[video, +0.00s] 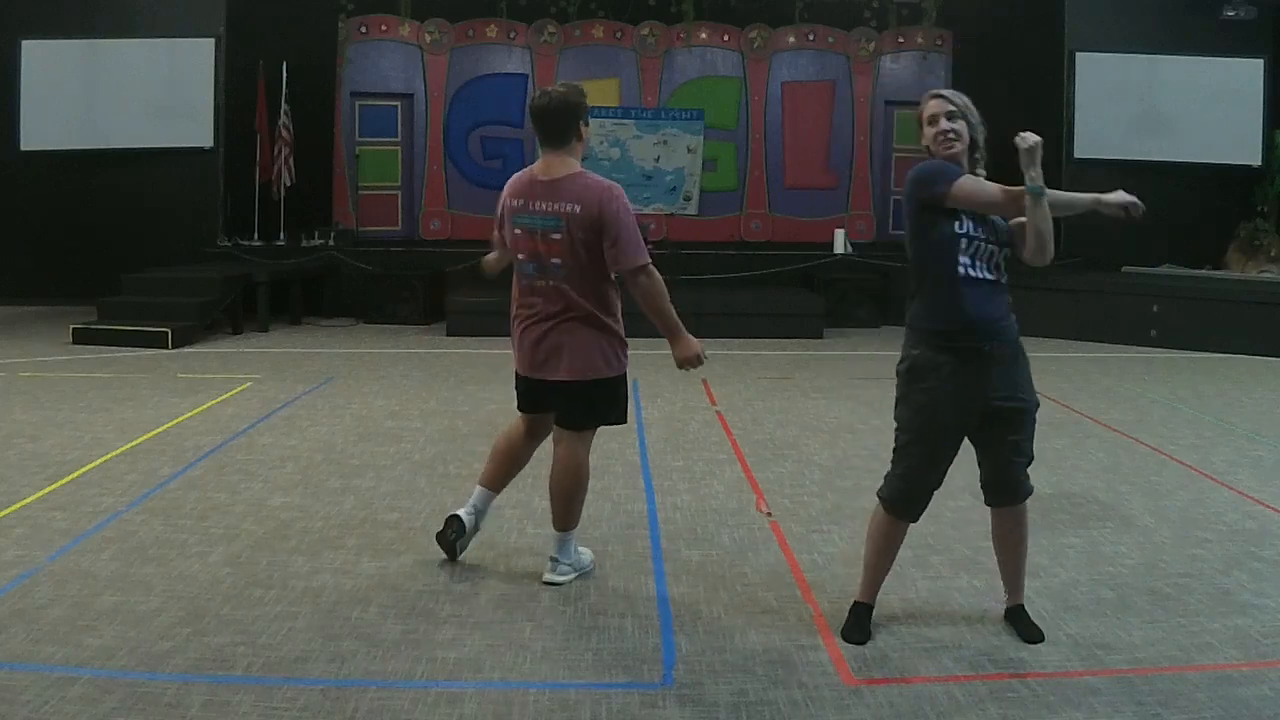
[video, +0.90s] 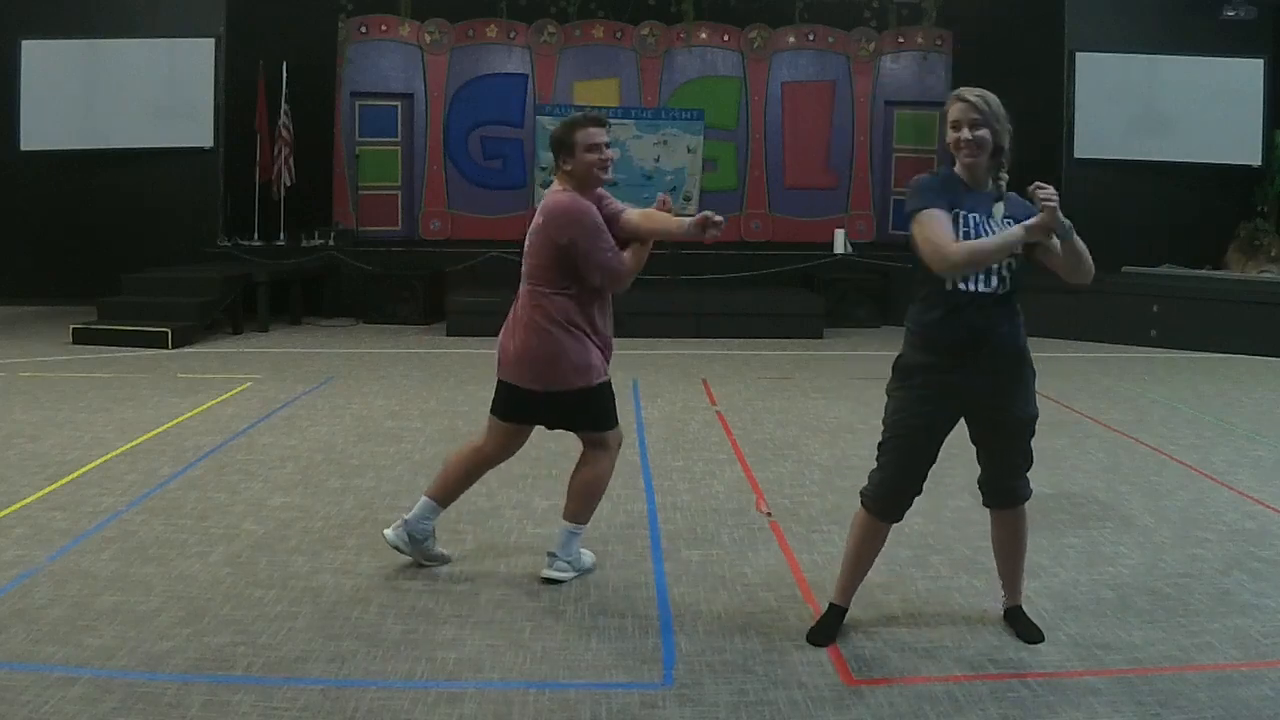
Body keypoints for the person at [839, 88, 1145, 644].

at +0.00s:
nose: (942, 127)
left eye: (951, 118)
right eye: (931, 122)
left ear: (972, 132)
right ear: (923, 137)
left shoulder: (995, 202)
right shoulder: (925, 179)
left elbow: (1039, 253)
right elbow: (1011, 201)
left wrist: (1034, 175)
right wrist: (1099, 200)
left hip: (1001, 360)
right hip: (936, 361)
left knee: (1010, 487)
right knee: (906, 490)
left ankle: (1015, 603)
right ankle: (864, 601)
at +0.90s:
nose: (967, 135)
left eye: (978, 125)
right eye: (957, 127)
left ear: (999, 134)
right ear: (946, 138)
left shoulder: (1018, 207)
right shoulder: (928, 191)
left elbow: (1080, 274)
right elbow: (946, 258)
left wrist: (1059, 225)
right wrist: (1025, 235)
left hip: (1001, 369)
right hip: (929, 366)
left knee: (1008, 490)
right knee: (889, 490)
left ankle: (1013, 604)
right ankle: (838, 605)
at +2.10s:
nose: (922, 153)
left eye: (931, 141)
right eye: (914, 145)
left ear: (958, 140)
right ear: (909, 148)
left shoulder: (997, 190)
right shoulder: (894, 209)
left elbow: (979, 244)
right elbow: (874, 294)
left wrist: (884, 234)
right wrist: (903, 304)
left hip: (981, 366)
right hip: (908, 368)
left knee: (1007, 496)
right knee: (877, 491)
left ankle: (1011, 605)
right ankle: (838, 605)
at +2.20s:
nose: (953, 155)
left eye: (964, 144)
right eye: (946, 146)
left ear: (990, 144)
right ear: (939, 150)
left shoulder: (1027, 196)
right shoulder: (925, 206)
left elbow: (1040, 257)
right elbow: (890, 288)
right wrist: (882, 337)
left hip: (999, 370)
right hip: (927, 369)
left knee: (1018, 495)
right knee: (883, 490)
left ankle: (1011, 604)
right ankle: (835, 600)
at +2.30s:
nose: (985, 155)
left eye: (994, 144)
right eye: (976, 146)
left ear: (1019, 140)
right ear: (967, 147)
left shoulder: (1051, 191)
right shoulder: (950, 200)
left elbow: (1091, 246)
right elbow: (906, 281)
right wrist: (866, 345)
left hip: (1016, 359)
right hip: (945, 355)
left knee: (1025, 488)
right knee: (900, 468)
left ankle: (1013, 605)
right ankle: (827, 571)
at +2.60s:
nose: (1040, 147)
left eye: (1048, 137)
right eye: (1030, 137)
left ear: (1060, 137)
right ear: (1006, 134)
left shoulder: (1083, 183)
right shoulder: (982, 195)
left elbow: (1155, 225)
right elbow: (939, 268)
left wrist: (1229, 272)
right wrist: (891, 333)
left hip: (1042, 355)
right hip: (977, 343)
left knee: (1031, 486)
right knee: (920, 448)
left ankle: (1013, 606)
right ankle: (890, 364)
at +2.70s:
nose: (1052, 150)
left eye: (1060, 140)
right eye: (1042, 139)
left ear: (1070, 139)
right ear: (1016, 134)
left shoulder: (1089, 184)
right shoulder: (988, 194)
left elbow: (1163, 225)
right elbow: (948, 268)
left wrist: (1240, 269)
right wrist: (908, 334)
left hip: (1047, 357)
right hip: (982, 344)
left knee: (1032, 484)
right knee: (917, 442)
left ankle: (1012, 605)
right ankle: (912, 362)